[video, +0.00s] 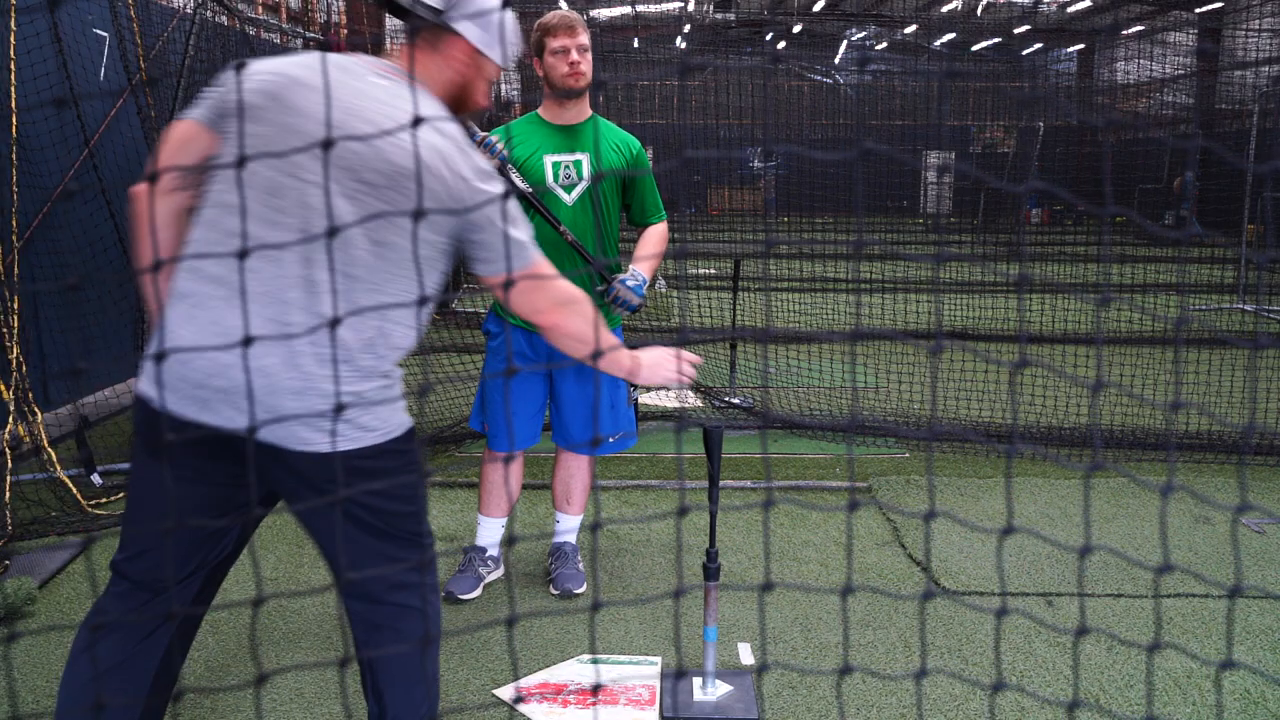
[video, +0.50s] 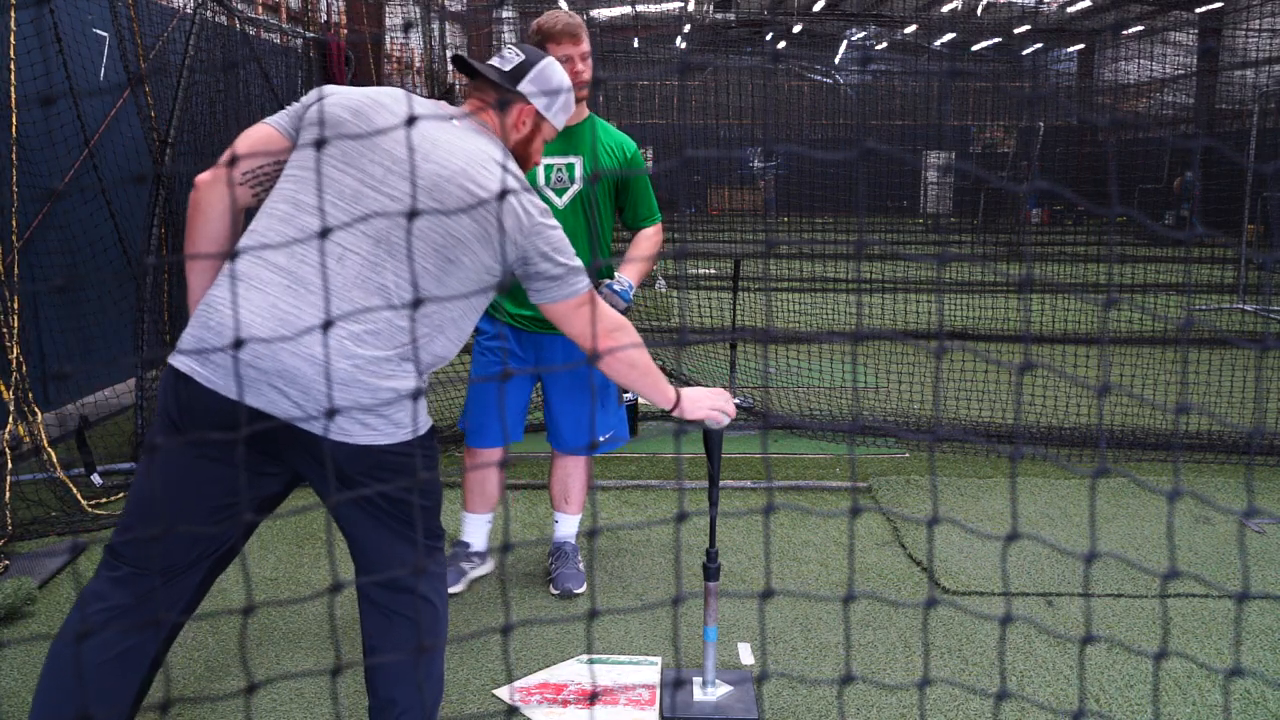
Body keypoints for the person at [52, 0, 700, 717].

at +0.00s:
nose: (500, 80)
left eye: (502, 63)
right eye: (497, 62)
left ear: (413, 35)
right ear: (466, 51)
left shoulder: (262, 78)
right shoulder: (463, 168)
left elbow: (159, 187)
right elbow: (540, 300)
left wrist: (169, 318)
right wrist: (628, 361)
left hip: (189, 395)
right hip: (339, 419)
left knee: (142, 603)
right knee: (396, 615)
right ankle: (403, 707)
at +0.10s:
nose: (521, 109)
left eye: (525, 94)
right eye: (524, 93)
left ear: (442, 55)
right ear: (501, 81)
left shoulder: (311, 85)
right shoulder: (495, 184)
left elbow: (194, 179)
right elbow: (579, 315)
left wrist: (200, 315)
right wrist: (654, 376)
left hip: (210, 381)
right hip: (359, 416)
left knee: (147, 591)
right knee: (403, 599)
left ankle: (83, 709)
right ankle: (404, 710)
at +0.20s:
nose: (532, 123)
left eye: (536, 106)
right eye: (533, 105)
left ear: (453, 65)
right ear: (506, 89)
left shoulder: (326, 91)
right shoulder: (502, 188)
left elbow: (208, 177)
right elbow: (588, 318)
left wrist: (206, 319)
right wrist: (662, 381)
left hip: (219, 377)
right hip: (364, 410)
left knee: (148, 590)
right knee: (404, 597)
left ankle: (84, 706)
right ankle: (402, 709)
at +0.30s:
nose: (543, 137)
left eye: (547, 122)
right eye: (543, 120)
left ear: (463, 77)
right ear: (516, 102)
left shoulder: (342, 97)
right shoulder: (514, 198)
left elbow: (223, 180)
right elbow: (596, 323)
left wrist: (211, 318)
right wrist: (672, 389)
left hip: (229, 370)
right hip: (373, 406)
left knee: (148, 584)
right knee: (407, 593)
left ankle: (78, 711)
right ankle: (404, 713)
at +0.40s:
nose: (545, 142)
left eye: (549, 129)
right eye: (545, 126)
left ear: (472, 83)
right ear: (516, 106)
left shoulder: (346, 103)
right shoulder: (517, 205)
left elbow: (224, 183)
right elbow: (599, 326)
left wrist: (212, 318)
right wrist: (676, 392)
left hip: (229, 371)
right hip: (372, 407)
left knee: (146, 582)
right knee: (407, 590)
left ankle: (73, 711)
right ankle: (404, 709)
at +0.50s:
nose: (544, 147)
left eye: (549, 133)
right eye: (546, 131)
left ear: (473, 89)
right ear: (519, 113)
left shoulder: (345, 105)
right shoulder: (515, 207)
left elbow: (221, 181)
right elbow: (598, 330)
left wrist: (208, 318)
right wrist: (673, 397)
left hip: (224, 372)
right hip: (367, 408)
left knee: (137, 586)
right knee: (404, 592)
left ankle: (66, 714)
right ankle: (404, 710)